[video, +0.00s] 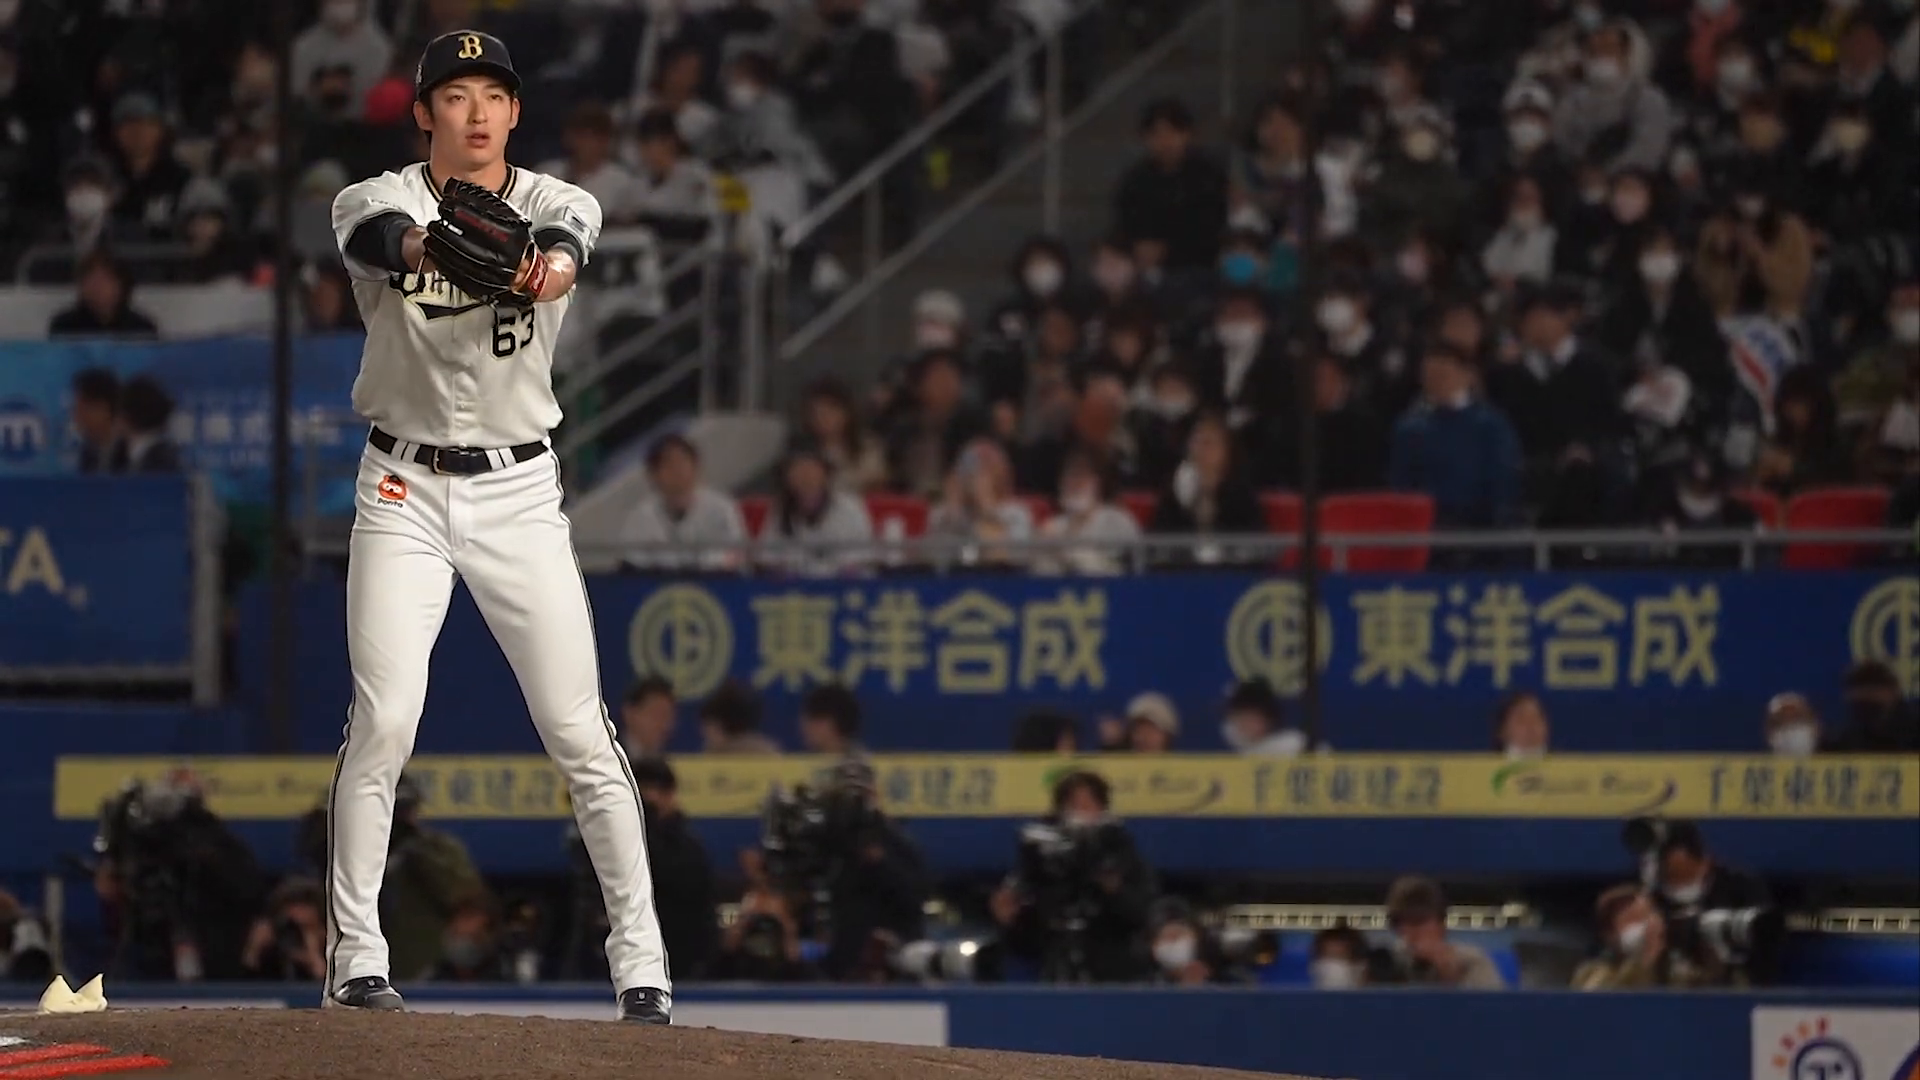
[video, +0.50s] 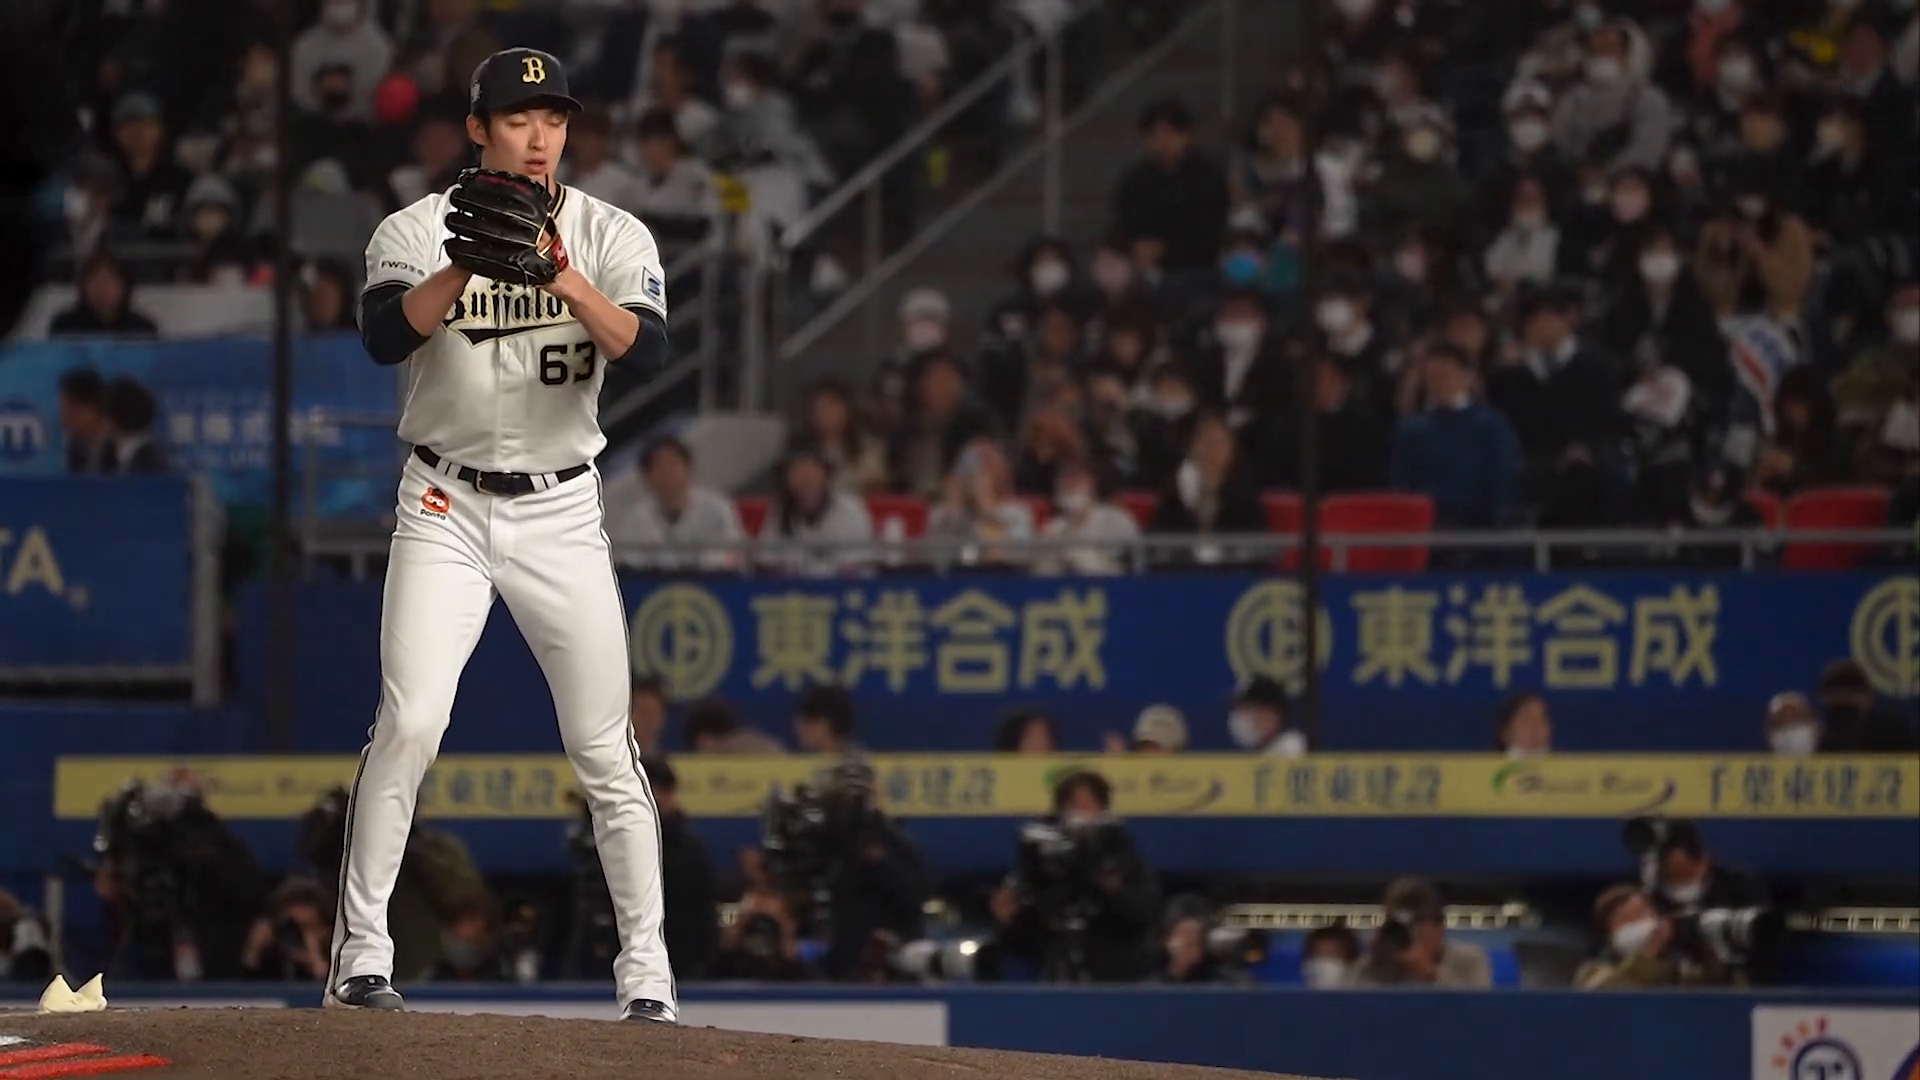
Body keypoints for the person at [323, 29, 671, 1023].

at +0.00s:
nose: (476, 115)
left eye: (491, 98)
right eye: (456, 99)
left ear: (515, 114)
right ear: (422, 117)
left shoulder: (556, 200)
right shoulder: (384, 196)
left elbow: (570, 234)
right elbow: (368, 231)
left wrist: (550, 260)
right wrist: (421, 246)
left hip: (519, 497)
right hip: (401, 495)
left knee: (581, 736)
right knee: (382, 723)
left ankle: (639, 963)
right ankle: (357, 960)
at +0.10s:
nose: (486, 123)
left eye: (501, 105)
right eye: (465, 107)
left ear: (524, 121)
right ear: (430, 126)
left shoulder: (571, 213)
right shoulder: (383, 211)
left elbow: (584, 284)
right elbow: (377, 258)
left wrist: (546, 283)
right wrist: (429, 267)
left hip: (530, 504)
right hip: (412, 500)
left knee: (586, 741)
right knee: (392, 724)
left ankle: (646, 970)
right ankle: (356, 961)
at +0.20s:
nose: (498, 129)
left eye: (513, 113)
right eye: (478, 114)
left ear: (536, 128)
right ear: (445, 131)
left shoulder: (585, 226)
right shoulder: (398, 228)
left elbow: (607, 319)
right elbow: (376, 305)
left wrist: (545, 275)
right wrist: (443, 270)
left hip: (546, 511)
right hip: (427, 505)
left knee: (592, 749)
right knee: (406, 724)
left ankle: (645, 976)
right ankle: (359, 961)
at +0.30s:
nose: (514, 130)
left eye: (528, 113)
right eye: (494, 115)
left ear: (549, 128)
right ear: (458, 132)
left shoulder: (601, 230)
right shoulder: (413, 231)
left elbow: (632, 337)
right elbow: (379, 330)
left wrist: (546, 271)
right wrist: (462, 264)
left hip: (561, 514)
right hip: (441, 507)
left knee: (604, 751)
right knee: (412, 722)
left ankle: (647, 974)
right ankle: (360, 955)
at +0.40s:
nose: (524, 133)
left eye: (539, 116)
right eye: (504, 116)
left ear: (561, 129)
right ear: (468, 130)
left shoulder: (610, 231)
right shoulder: (418, 229)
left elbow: (647, 346)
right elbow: (383, 338)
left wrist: (557, 274)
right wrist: (466, 267)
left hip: (566, 515)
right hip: (446, 507)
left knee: (605, 749)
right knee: (411, 720)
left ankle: (647, 973)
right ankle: (361, 952)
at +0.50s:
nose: (536, 137)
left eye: (549, 119)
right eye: (517, 119)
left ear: (569, 131)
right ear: (477, 129)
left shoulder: (613, 235)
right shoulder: (418, 228)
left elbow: (645, 351)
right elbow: (379, 340)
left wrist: (559, 271)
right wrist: (469, 261)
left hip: (561, 515)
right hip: (442, 507)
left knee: (603, 750)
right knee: (410, 724)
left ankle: (647, 977)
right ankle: (360, 959)